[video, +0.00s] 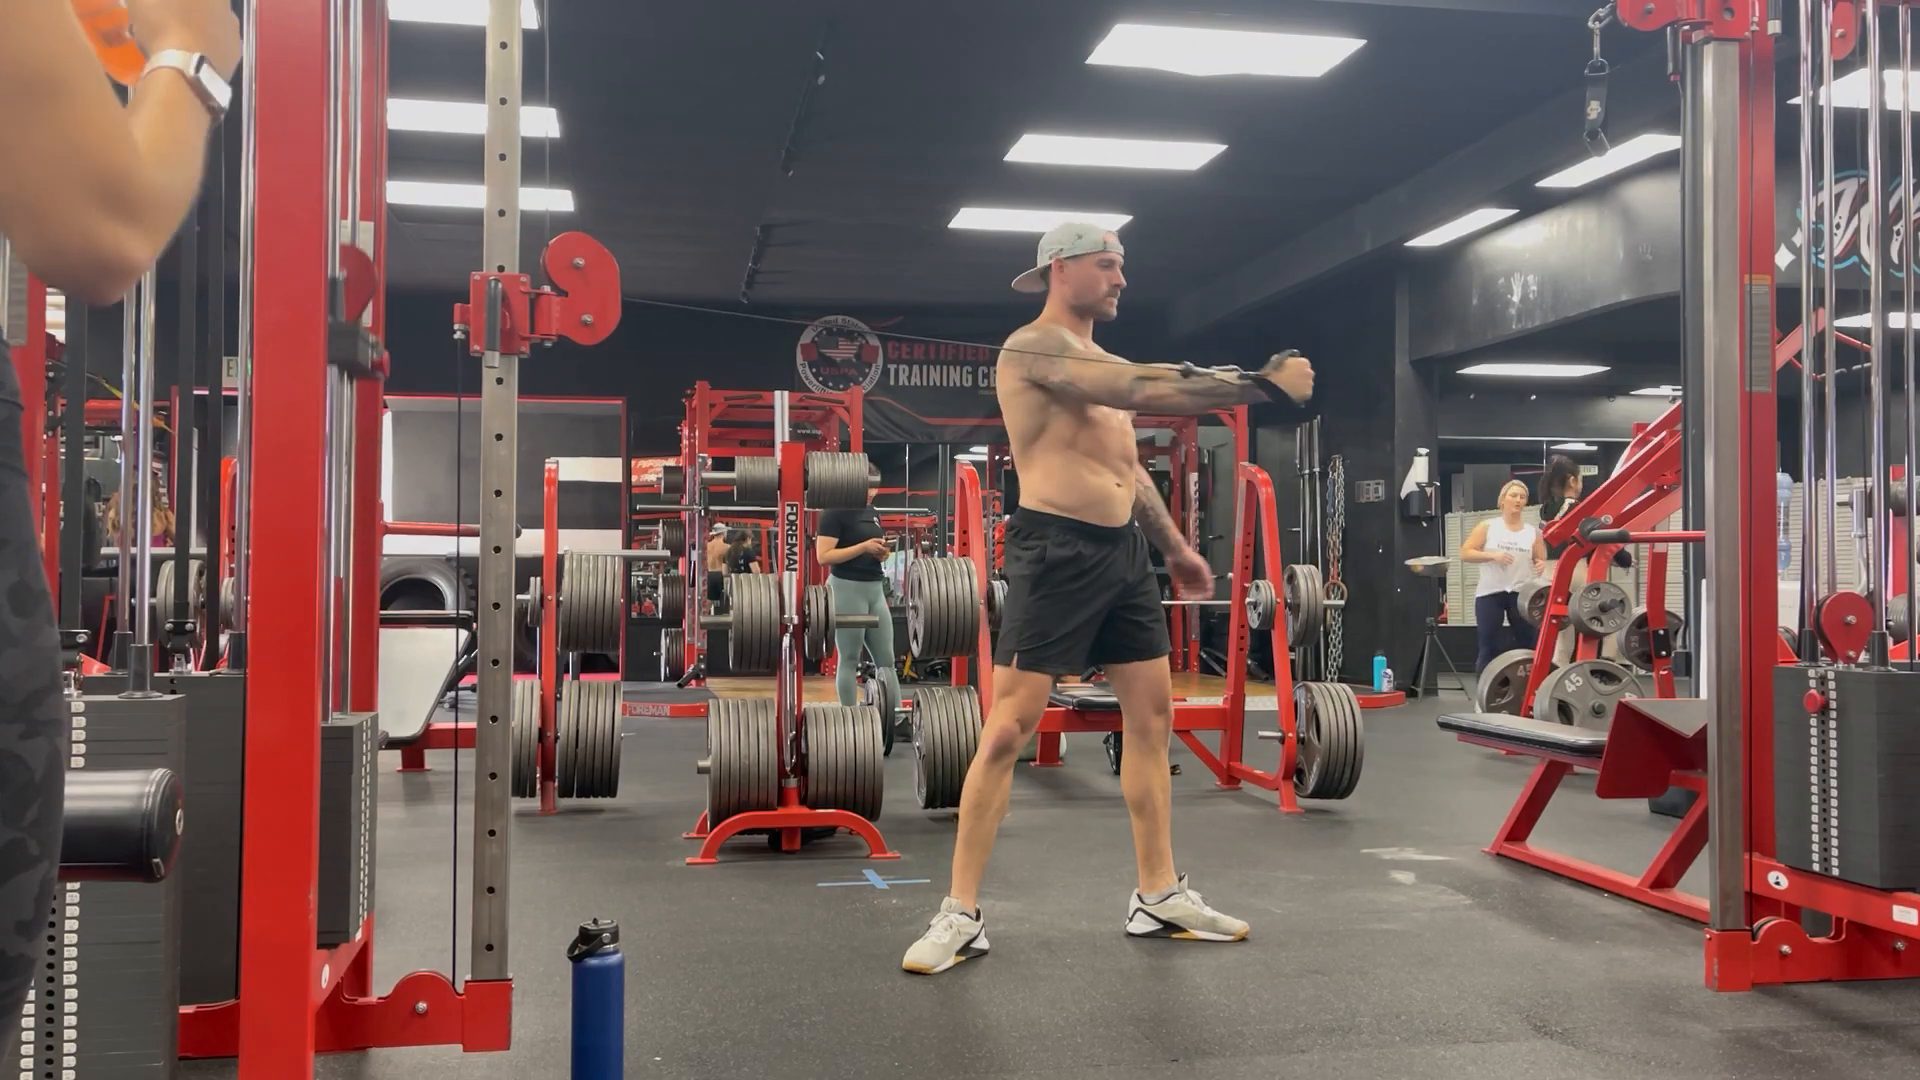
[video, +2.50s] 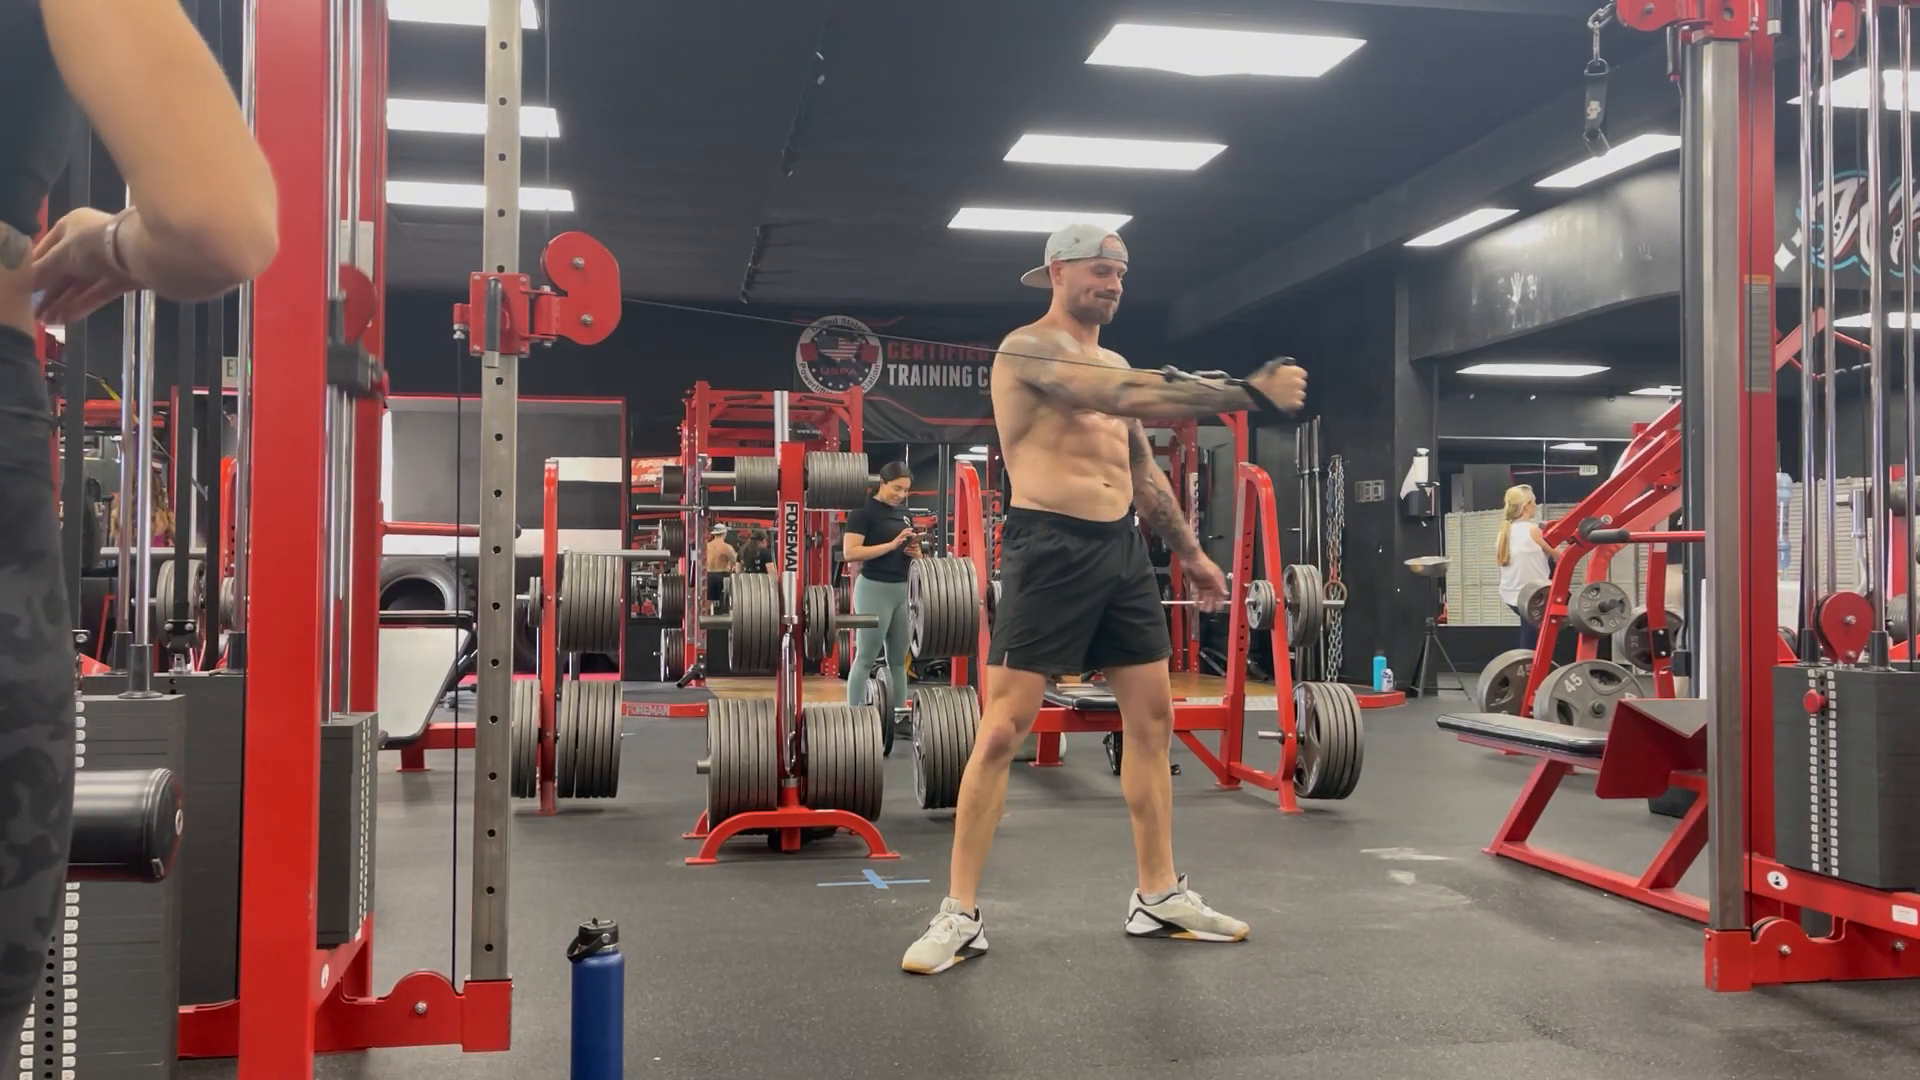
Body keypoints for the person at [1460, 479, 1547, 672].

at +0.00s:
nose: (1518, 500)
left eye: (1522, 497)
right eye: (1514, 495)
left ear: (1525, 502)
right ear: (1503, 499)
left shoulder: (1533, 532)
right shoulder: (1487, 527)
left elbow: (1540, 560)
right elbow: (1465, 553)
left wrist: (1540, 565)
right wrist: (1493, 557)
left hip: (1522, 595)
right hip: (1490, 595)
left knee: (1529, 644)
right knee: (1488, 647)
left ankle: (1529, 692)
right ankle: (1484, 694)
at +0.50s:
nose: (1507, 503)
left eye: (1506, 499)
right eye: (1503, 498)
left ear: (1490, 502)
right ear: (1489, 500)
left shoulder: (1488, 526)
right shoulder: (1479, 527)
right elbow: (1482, 561)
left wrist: (1506, 560)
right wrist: (1510, 558)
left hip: (1483, 596)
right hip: (1474, 597)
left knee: (1480, 645)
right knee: (1480, 647)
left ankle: (1464, 691)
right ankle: (1481, 696)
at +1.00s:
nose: (1492, 505)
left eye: (1492, 501)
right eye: (1490, 501)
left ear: (1472, 504)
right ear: (1478, 504)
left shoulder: (1461, 527)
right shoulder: (1477, 530)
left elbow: (1463, 558)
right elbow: (1482, 563)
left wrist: (1496, 557)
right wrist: (1502, 559)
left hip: (1458, 595)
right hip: (1475, 598)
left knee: (1460, 645)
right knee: (1487, 646)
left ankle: (1458, 695)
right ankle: (1482, 697)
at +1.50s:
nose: (1505, 506)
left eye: (1504, 502)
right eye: (1502, 502)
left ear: (1483, 506)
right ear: (1493, 505)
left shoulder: (1472, 529)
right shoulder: (1495, 531)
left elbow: (1470, 559)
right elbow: (1519, 563)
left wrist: (1507, 562)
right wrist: (1527, 565)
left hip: (1473, 599)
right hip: (1496, 600)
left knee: (1474, 647)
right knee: (1511, 647)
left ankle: (1460, 695)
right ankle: (1509, 696)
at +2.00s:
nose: (1526, 503)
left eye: (1525, 499)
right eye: (1524, 500)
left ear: (1503, 506)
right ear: (1516, 505)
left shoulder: (1493, 529)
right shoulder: (1523, 529)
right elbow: (1544, 561)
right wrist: (1556, 579)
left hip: (1492, 598)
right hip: (1514, 600)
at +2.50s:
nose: (1535, 506)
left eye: (1534, 502)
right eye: (1533, 503)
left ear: (1512, 507)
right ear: (1526, 506)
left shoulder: (1504, 531)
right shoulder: (1533, 530)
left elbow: (1500, 561)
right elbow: (1553, 553)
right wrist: (1560, 554)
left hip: (1509, 595)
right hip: (1533, 595)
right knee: (1529, 640)